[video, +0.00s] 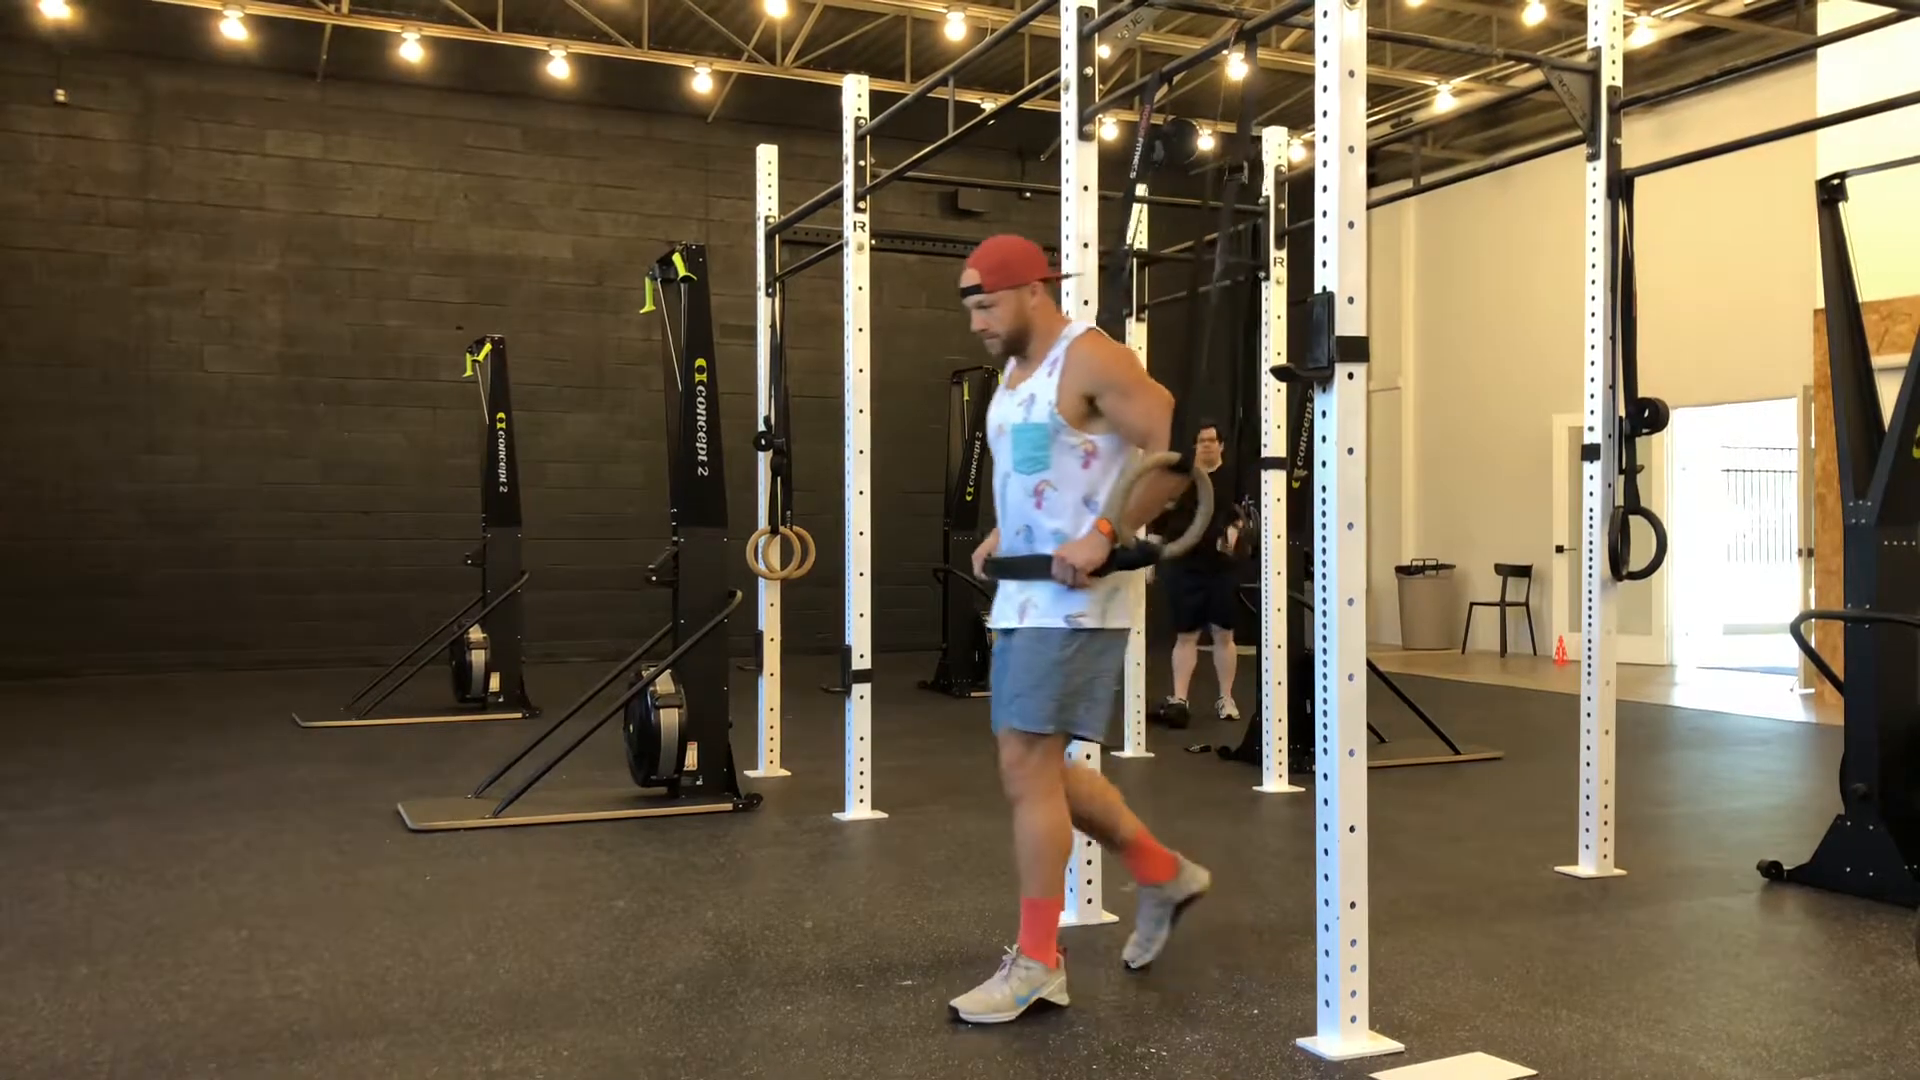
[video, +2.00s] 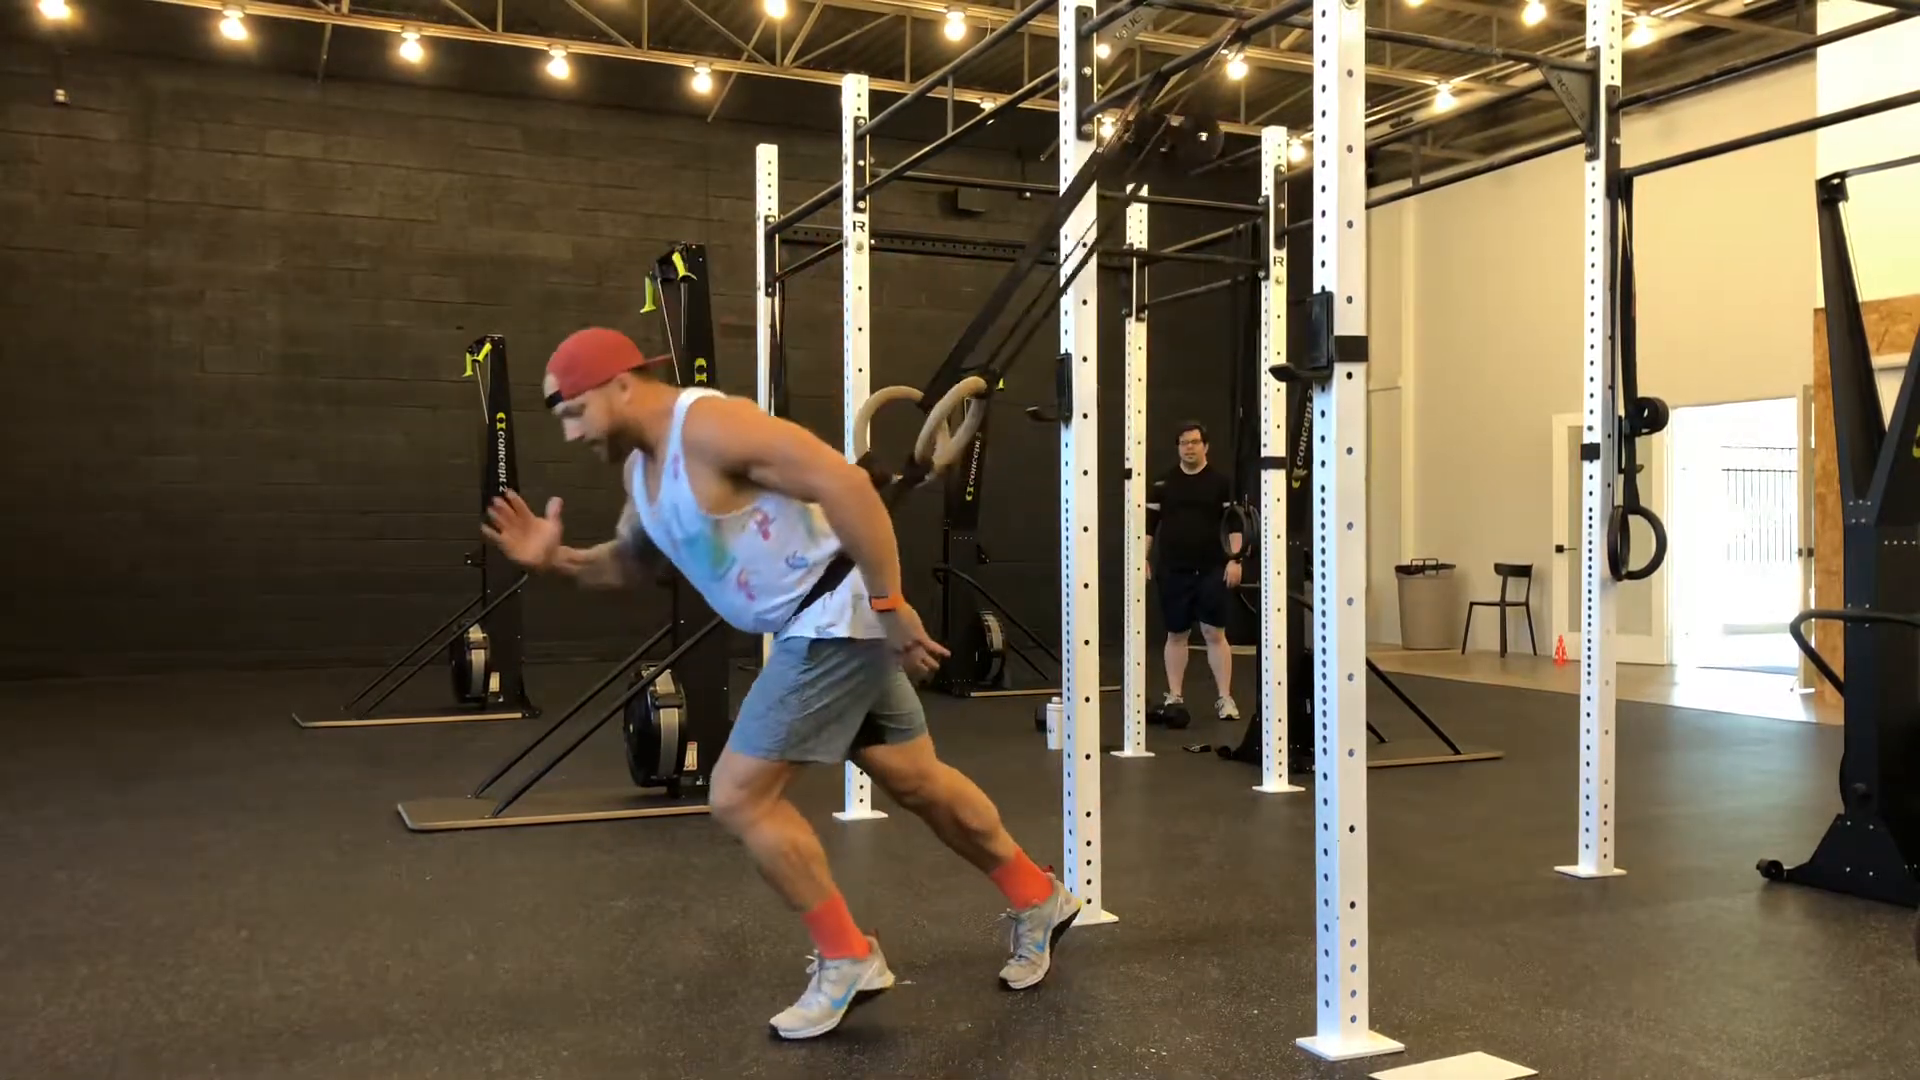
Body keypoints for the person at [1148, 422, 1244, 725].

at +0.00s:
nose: (1209, 446)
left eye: (1213, 441)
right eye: (1203, 441)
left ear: (1222, 445)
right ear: (1193, 447)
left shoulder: (1233, 479)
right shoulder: (1179, 481)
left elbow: (1245, 515)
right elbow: (1157, 523)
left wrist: (1237, 533)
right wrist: (1149, 560)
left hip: (1221, 565)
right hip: (1184, 566)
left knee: (1224, 635)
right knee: (1186, 635)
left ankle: (1226, 698)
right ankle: (1179, 699)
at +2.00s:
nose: (1189, 448)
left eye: (1194, 443)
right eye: (1184, 443)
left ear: (1205, 446)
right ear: (1177, 448)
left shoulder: (1220, 482)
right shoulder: (1165, 484)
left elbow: (1234, 524)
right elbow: (1150, 525)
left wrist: (1235, 559)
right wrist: (1143, 557)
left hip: (1211, 569)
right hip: (1173, 569)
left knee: (1214, 633)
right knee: (1176, 634)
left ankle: (1225, 698)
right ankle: (1174, 696)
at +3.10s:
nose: (1183, 448)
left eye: (1189, 443)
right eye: (1179, 443)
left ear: (1202, 446)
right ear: (1173, 448)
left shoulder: (1218, 481)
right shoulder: (1162, 484)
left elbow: (1233, 522)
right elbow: (1148, 527)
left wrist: (1233, 558)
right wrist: (1142, 562)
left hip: (1210, 569)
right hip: (1172, 569)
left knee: (1214, 634)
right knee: (1176, 634)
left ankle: (1224, 698)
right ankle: (1174, 696)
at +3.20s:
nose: (1183, 448)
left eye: (1189, 443)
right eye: (1179, 444)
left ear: (1202, 446)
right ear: (1173, 448)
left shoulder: (1218, 481)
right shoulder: (1162, 483)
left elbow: (1233, 522)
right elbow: (1147, 526)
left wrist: (1233, 558)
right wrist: (1142, 562)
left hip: (1209, 570)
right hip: (1171, 570)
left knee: (1213, 633)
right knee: (1175, 634)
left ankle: (1224, 698)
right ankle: (1174, 696)